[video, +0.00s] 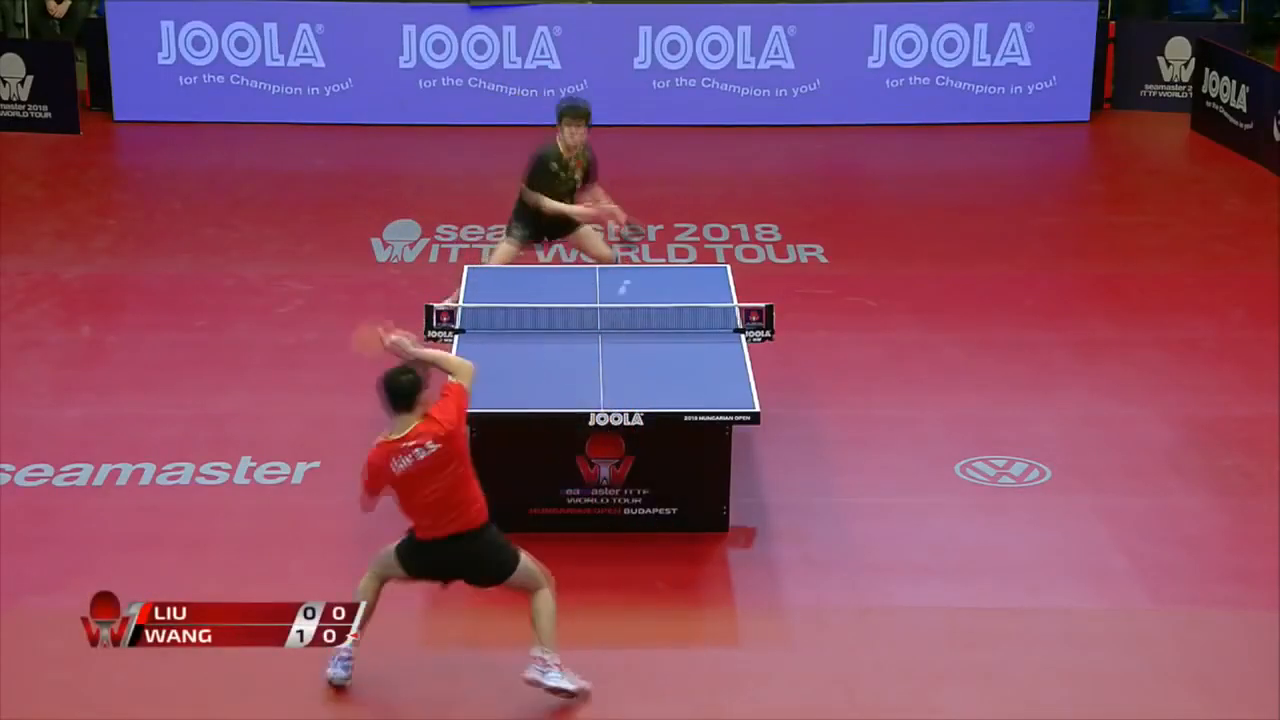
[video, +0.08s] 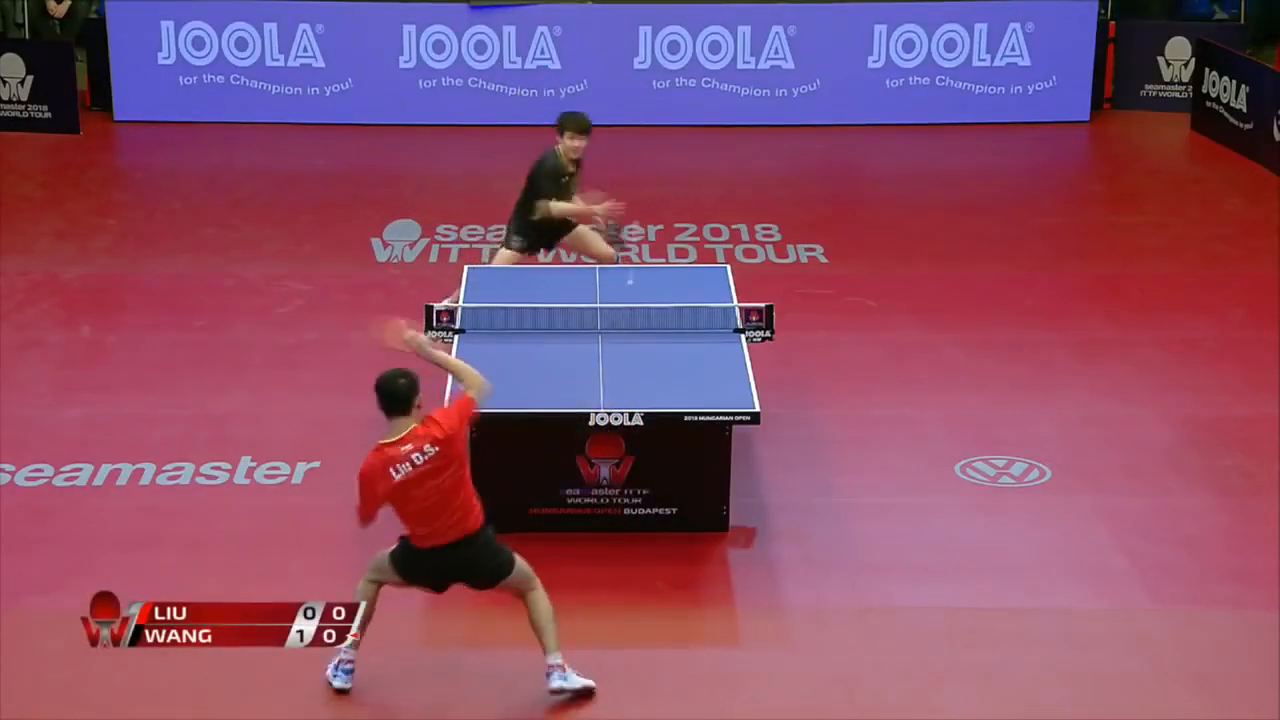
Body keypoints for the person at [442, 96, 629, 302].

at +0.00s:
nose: (576, 132)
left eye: (580, 126)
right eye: (570, 126)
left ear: (587, 129)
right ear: (559, 128)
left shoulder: (587, 158)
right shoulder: (545, 157)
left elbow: (589, 190)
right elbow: (531, 196)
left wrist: (613, 211)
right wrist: (574, 211)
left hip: (563, 219)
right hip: (529, 221)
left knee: (607, 257)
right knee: (494, 268)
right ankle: (453, 301)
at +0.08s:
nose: (578, 145)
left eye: (582, 139)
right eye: (573, 139)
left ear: (587, 141)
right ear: (560, 139)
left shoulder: (575, 163)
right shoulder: (547, 165)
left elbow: (568, 196)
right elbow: (542, 208)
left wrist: (591, 213)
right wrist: (590, 210)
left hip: (559, 223)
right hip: (527, 228)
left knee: (608, 255)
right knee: (494, 275)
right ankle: (452, 302)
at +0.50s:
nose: (496, 134)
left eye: (500, 128)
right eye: (490, 129)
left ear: (508, 127)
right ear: (483, 130)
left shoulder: (521, 147)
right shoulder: (485, 162)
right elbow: (493, 199)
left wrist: (516, 131)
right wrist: (473, 205)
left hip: (544, 220)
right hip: (510, 224)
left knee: (587, 264)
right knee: (463, 254)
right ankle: (455, 307)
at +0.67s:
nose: (527, 103)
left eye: (532, 98)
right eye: (522, 97)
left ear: (540, 98)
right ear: (513, 98)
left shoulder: (554, 124)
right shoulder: (497, 126)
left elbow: (568, 152)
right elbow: (486, 153)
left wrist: (580, 169)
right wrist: (505, 177)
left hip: (550, 190)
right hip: (514, 192)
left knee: (593, 234)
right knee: (474, 237)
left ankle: (620, 287)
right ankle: (457, 296)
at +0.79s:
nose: (547, 108)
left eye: (552, 102)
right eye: (542, 102)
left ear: (559, 104)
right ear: (532, 102)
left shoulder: (565, 130)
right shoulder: (517, 130)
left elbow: (570, 162)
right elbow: (500, 165)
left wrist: (590, 186)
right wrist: (533, 184)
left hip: (554, 193)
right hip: (517, 194)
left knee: (597, 238)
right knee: (479, 243)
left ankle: (623, 284)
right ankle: (453, 291)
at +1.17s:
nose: (563, 99)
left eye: (565, 94)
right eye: (560, 93)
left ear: (548, 90)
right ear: (544, 89)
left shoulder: (541, 114)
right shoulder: (515, 114)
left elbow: (528, 148)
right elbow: (511, 157)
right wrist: (547, 156)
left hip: (526, 176)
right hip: (499, 179)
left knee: (567, 217)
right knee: (483, 241)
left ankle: (581, 269)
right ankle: (449, 283)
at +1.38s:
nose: (565, 84)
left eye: (566, 78)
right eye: (564, 78)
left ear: (549, 74)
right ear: (550, 75)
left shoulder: (539, 97)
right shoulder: (523, 101)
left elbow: (525, 135)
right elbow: (522, 144)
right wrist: (555, 143)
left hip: (525, 169)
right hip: (503, 171)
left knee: (548, 212)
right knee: (485, 229)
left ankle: (513, 260)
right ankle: (449, 279)